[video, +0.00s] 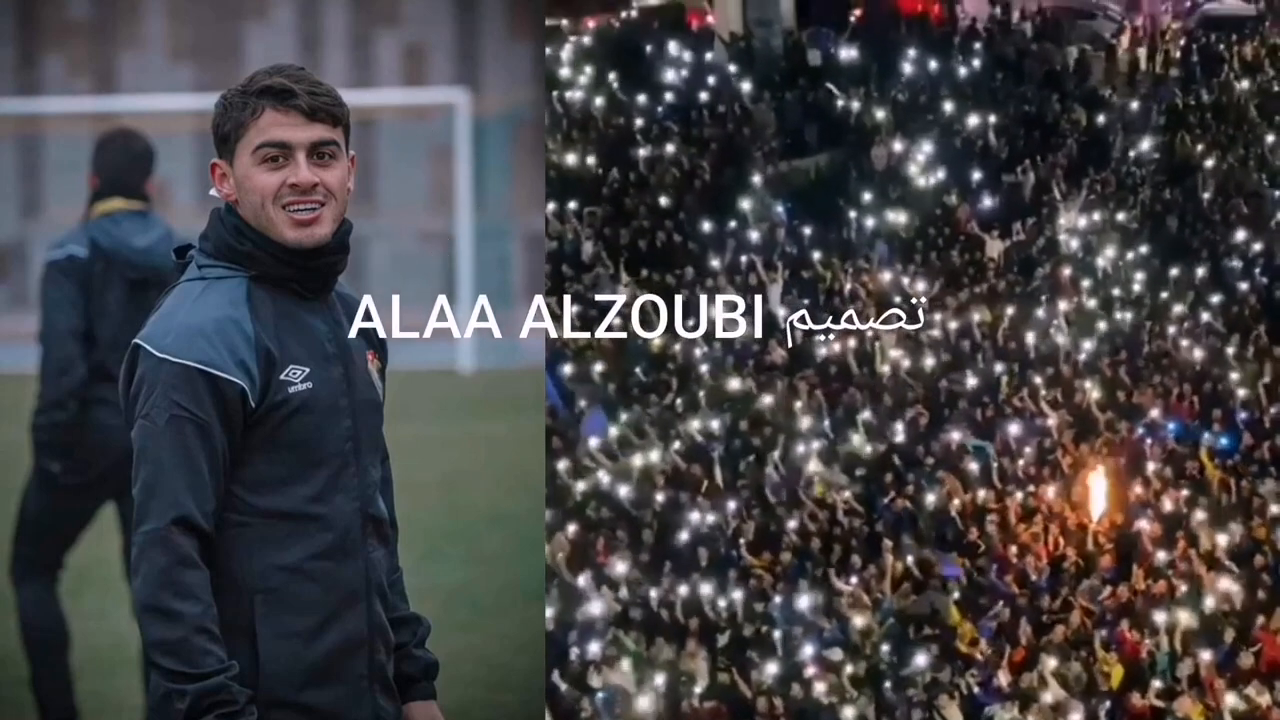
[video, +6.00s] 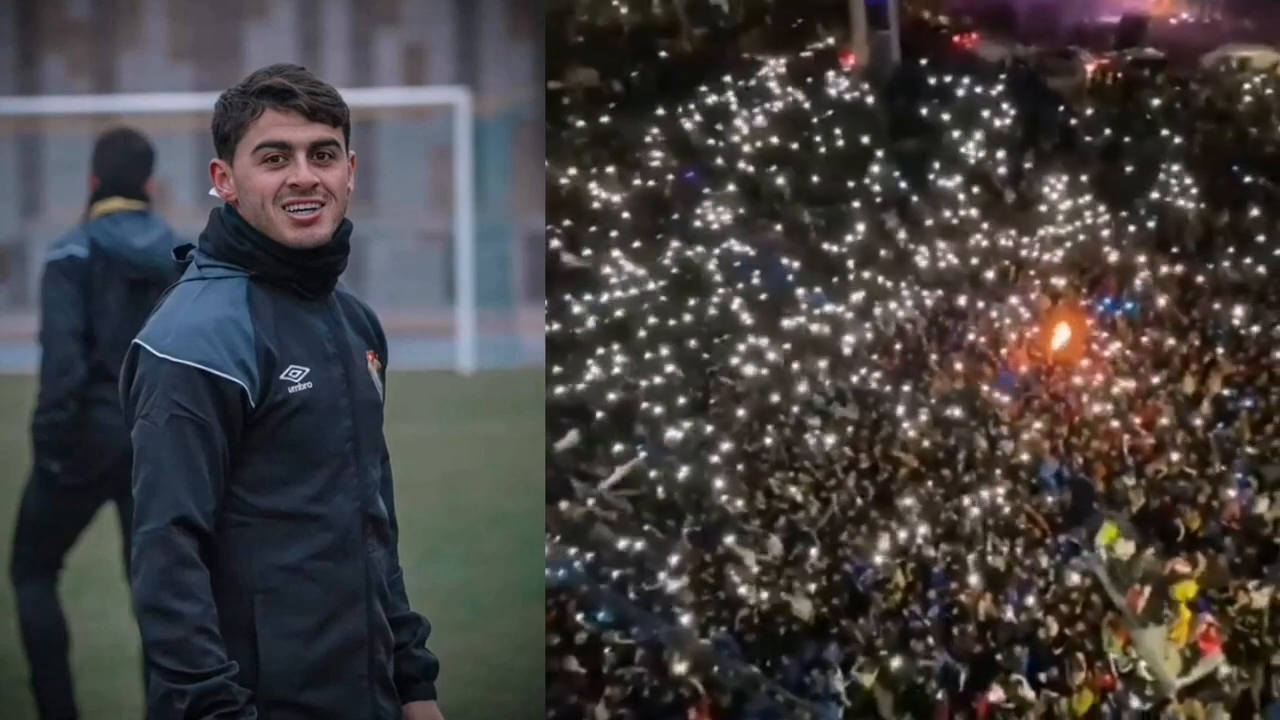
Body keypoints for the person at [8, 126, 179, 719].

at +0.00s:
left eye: (94, 173)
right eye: (149, 178)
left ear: (94, 180)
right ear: (152, 185)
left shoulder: (73, 253)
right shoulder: (178, 254)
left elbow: (65, 361)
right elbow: (190, 351)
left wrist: (51, 440)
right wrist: (175, 429)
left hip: (88, 448)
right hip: (158, 447)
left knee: (34, 569)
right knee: (157, 580)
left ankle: (57, 708)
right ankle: (167, 705)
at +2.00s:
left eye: (93, 173)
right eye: (150, 178)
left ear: (94, 180)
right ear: (152, 185)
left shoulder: (73, 253)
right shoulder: (178, 254)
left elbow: (65, 362)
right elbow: (190, 351)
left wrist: (51, 440)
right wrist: (174, 428)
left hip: (88, 448)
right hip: (158, 447)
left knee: (34, 569)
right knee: (156, 580)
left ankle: (57, 709)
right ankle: (167, 706)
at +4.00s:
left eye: (93, 173)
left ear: (94, 180)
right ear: (152, 185)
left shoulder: (74, 253)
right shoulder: (178, 254)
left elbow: (65, 361)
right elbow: (190, 351)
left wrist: (51, 438)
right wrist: (174, 427)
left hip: (88, 447)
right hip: (158, 446)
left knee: (34, 569)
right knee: (157, 580)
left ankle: (57, 708)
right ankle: (167, 705)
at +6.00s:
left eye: (92, 173)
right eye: (150, 178)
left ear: (94, 180)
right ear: (152, 185)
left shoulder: (73, 254)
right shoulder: (178, 255)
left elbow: (65, 363)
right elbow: (191, 352)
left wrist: (51, 442)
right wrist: (175, 429)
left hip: (87, 449)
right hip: (158, 448)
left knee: (34, 570)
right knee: (157, 580)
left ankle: (57, 707)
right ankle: (167, 704)